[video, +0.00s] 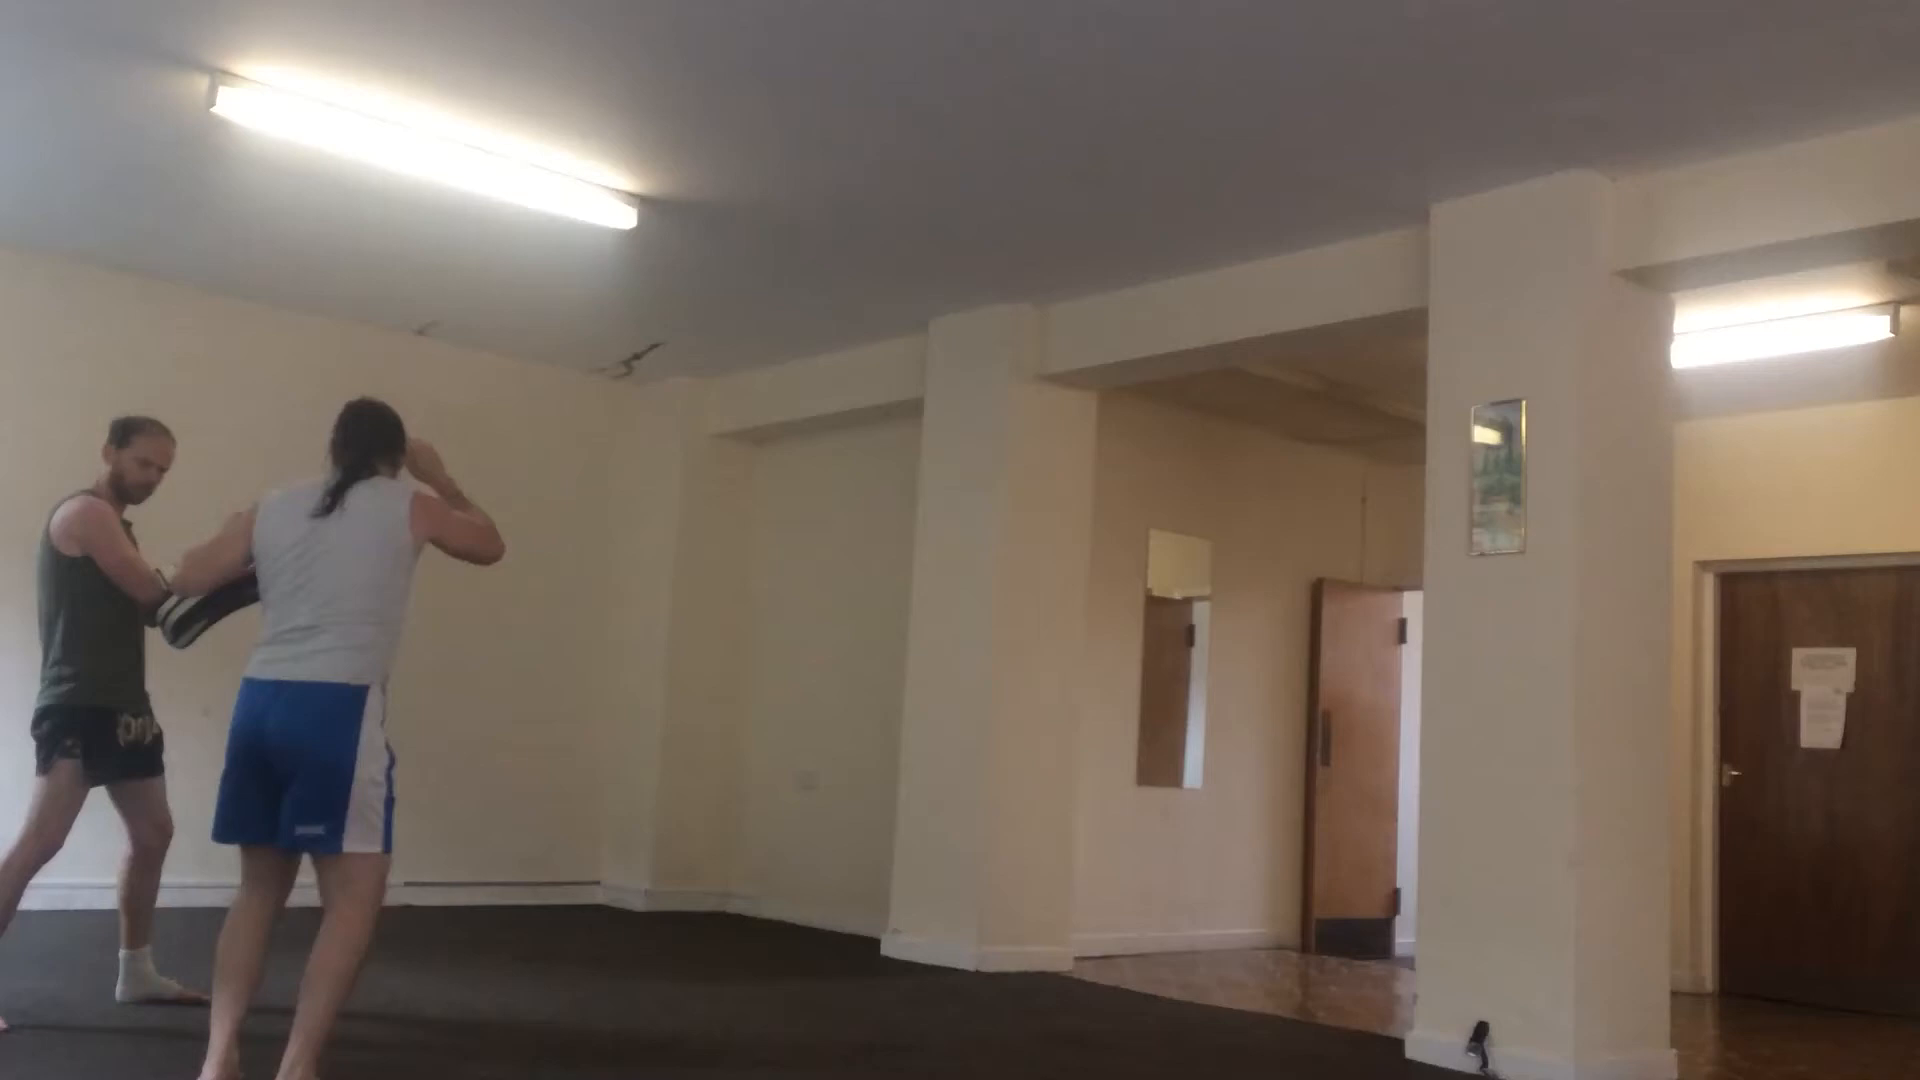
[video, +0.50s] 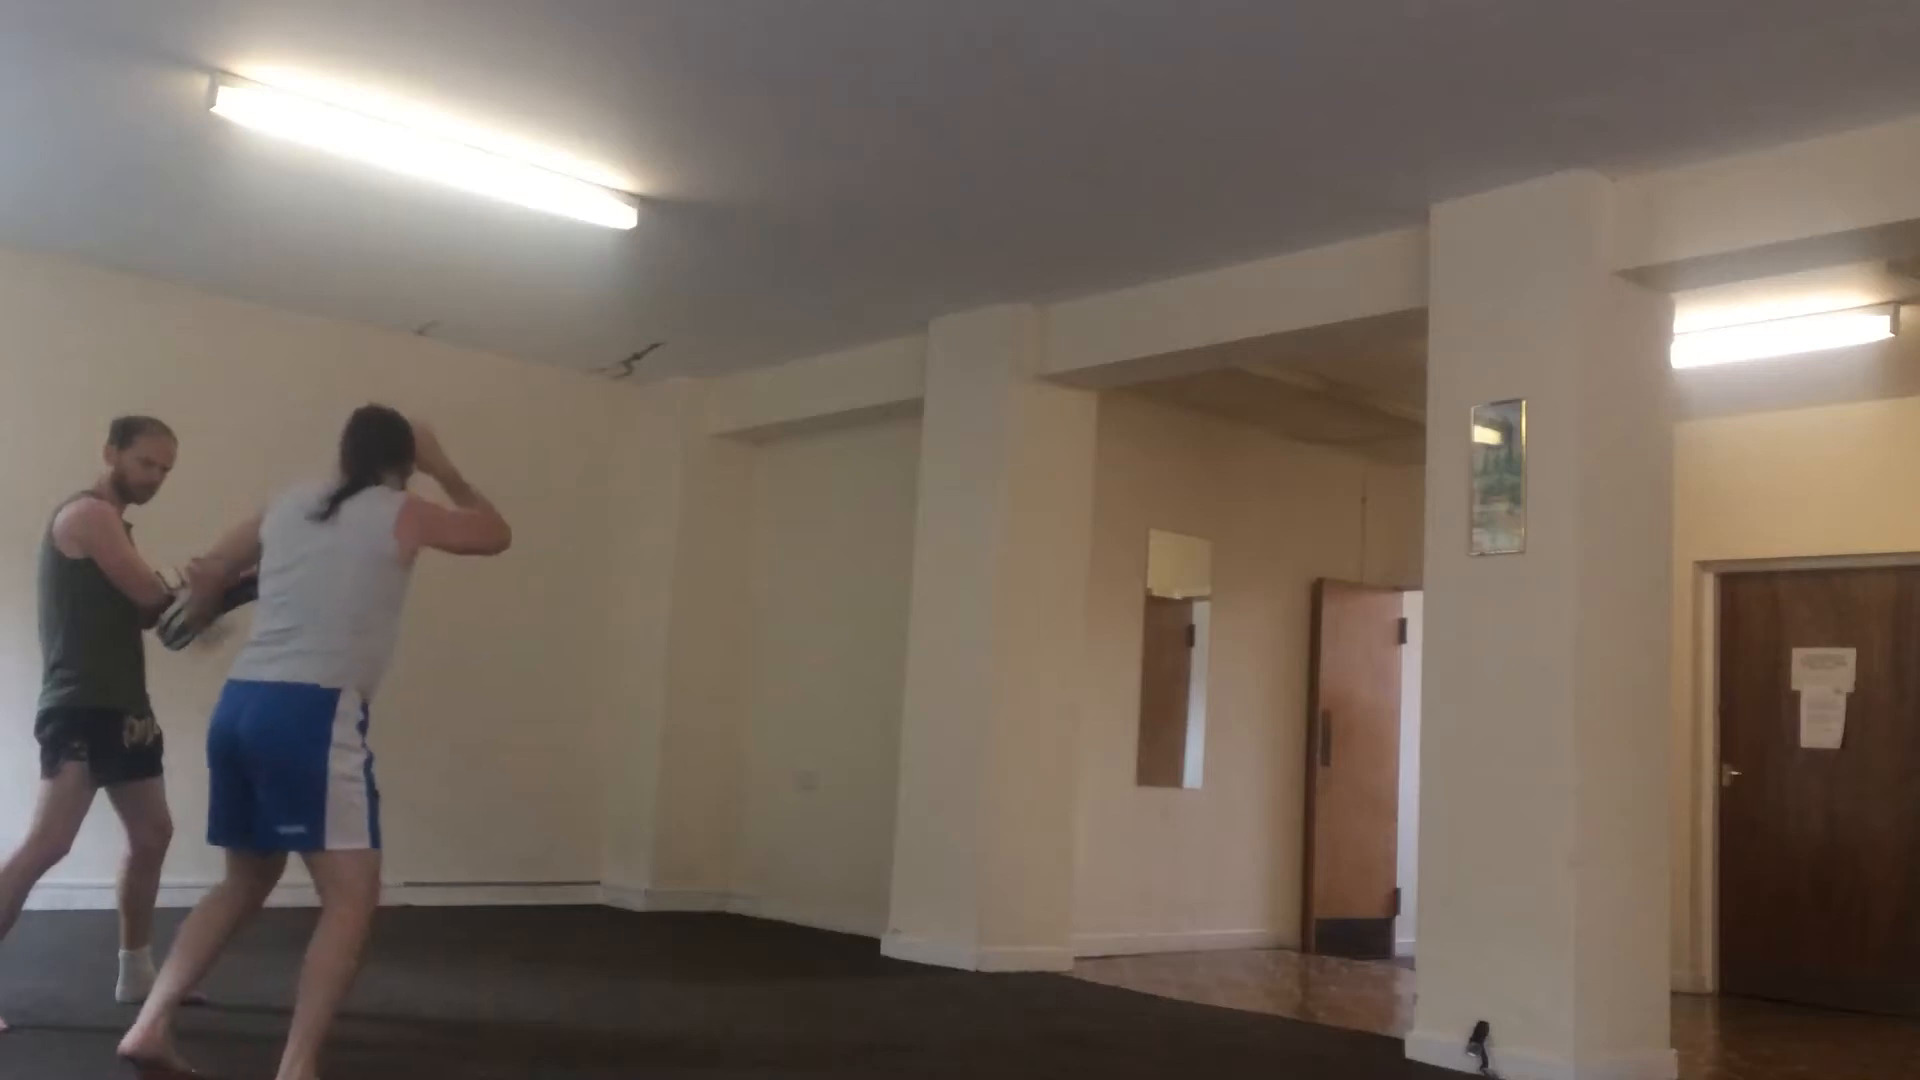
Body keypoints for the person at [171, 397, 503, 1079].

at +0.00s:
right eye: (400, 448)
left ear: (333, 451)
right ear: (396, 455)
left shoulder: (276, 509)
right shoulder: (409, 505)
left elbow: (188, 576)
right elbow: (490, 544)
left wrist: (236, 540)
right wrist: (442, 479)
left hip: (259, 712)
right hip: (343, 718)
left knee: (258, 887)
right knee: (353, 903)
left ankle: (217, 1059)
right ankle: (298, 1065)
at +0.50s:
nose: (410, 473)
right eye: (410, 462)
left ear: (345, 455)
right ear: (406, 465)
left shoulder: (290, 505)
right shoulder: (404, 514)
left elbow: (208, 568)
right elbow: (495, 534)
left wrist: (209, 601)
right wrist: (441, 470)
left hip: (238, 715)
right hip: (319, 722)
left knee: (245, 877)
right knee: (351, 901)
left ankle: (149, 1026)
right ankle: (296, 1067)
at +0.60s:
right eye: (402, 473)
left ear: (338, 470)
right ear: (400, 480)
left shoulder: (275, 525)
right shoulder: (406, 534)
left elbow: (189, 606)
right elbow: (486, 550)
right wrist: (432, 483)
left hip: (231, 728)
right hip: (314, 736)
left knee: (247, 869)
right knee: (362, 903)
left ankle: (160, 1027)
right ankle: (298, 1065)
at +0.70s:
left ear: (315, 489)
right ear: (379, 496)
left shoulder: (263, 539)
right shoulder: (398, 556)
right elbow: (457, 561)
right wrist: (399, 503)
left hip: (225, 740)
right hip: (308, 750)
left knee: (230, 868)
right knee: (370, 911)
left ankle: (174, 1024)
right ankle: (300, 1066)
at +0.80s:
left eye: (287, 477)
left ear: (282, 483)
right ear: (349, 489)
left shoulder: (241, 538)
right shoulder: (369, 554)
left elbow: (117, 567)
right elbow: (414, 570)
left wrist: (18, 570)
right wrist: (363, 514)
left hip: (232, 747)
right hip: (313, 752)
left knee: (203, 873)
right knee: (335, 916)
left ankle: (189, 1021)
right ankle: (307, 1064)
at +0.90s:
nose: (239, 481)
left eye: (242, 471)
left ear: (248, 476)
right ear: (310, 478)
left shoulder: (217, 538)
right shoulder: (343, 551)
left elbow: (83, 546)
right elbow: (400, 598)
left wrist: (20, 486)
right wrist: (354, 554)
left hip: (228, 746)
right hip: (314, 747)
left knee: (186, 873)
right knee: (336, 889)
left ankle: (188, 1020)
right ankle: (347, 976)